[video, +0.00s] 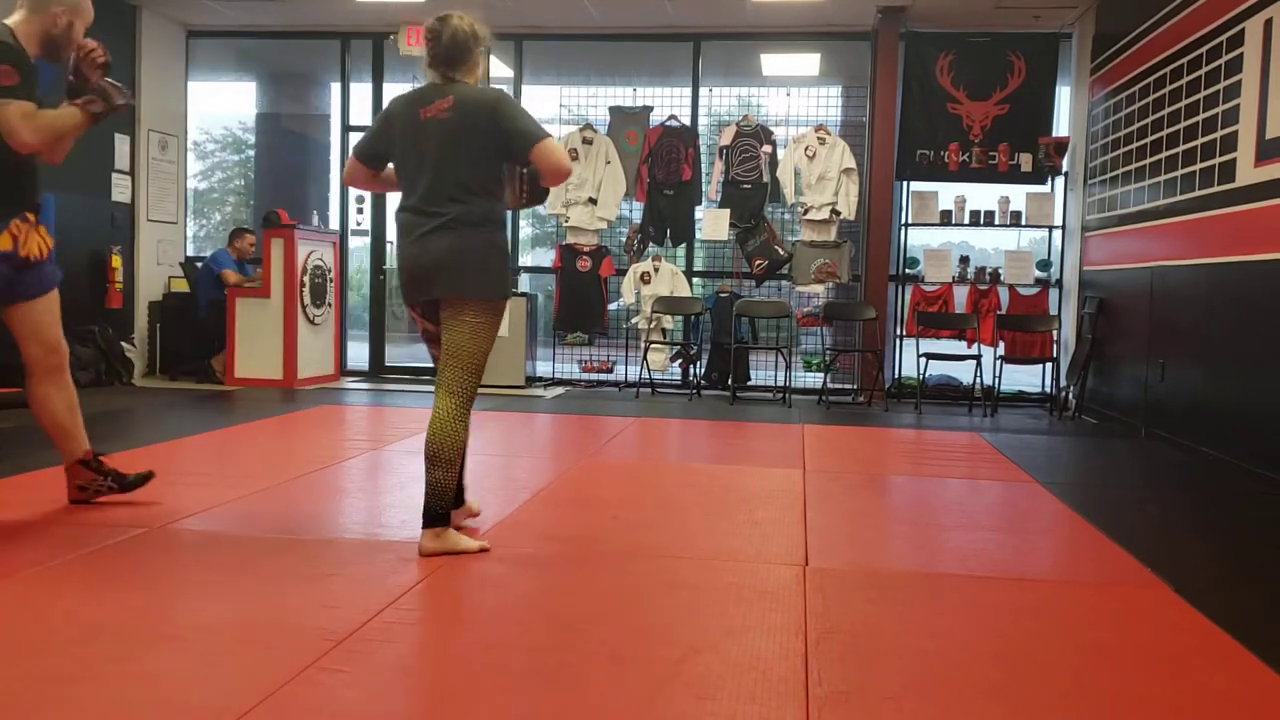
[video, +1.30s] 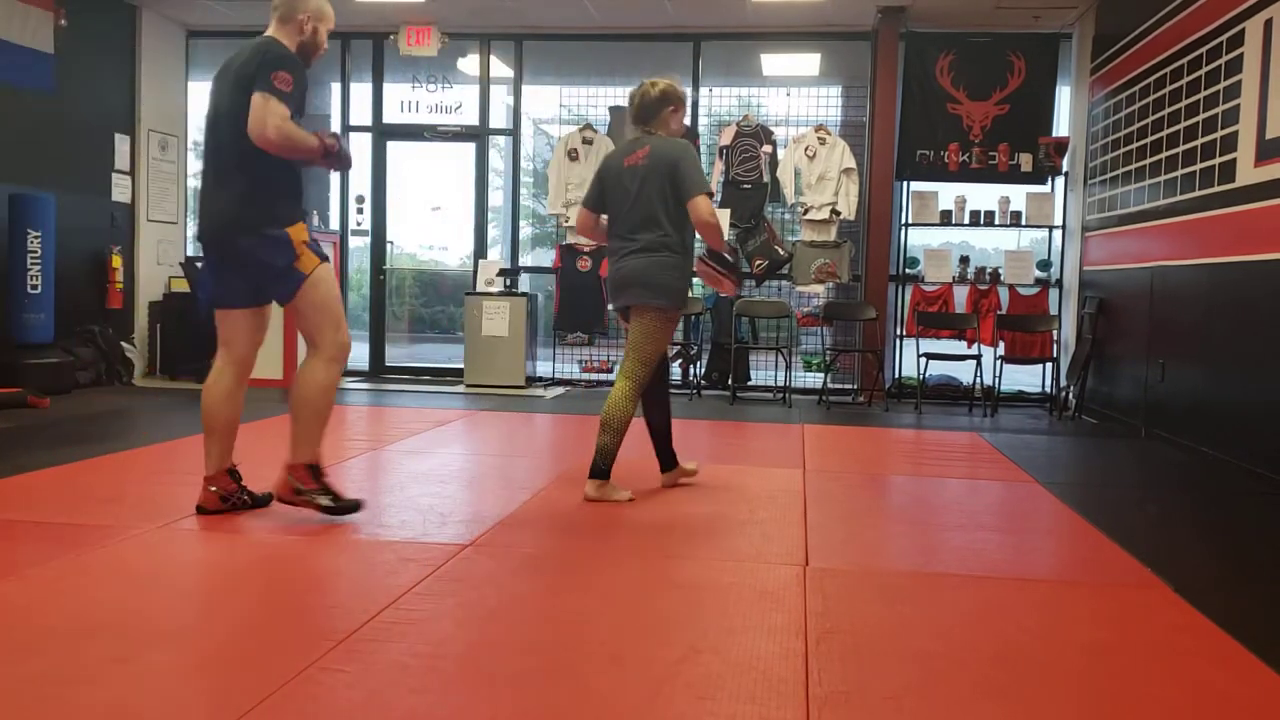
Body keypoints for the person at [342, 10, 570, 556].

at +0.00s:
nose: (485, 62)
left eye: (482, 55)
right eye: (485, 55)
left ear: (430, 58)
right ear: (479, 58)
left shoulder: (402, 108)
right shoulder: (495, 104)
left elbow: (357, 174)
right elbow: (557, 167)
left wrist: (412, 179)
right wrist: (522, 183)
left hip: (416, 260)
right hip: (477, 258)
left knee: (453, 385)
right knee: (453, 392)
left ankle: (453, 500)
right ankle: (435, 528)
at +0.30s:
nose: (509, 77)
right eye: (510, 71)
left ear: (462, 75)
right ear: (507, 75)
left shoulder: (437, 125)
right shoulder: (528, 116)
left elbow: (396, 189)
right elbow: (592, 170)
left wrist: (449, 195)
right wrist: (555, 193)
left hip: (457, 267)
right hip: (515, 265)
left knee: (479, 379)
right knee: (514, 385)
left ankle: (484, 498)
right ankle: (461, 489)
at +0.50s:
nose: (534, 83)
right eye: (533, 76)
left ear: (487, 79)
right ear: (531, 79)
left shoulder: (464, 127)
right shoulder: (549, 120)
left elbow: (423, 187)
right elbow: (609, 170)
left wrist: (474, 196)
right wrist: (575, 200)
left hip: (481, 268)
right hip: (541, 268)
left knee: (489, 378)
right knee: (564, 371)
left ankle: (483, 500)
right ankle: (543, 486)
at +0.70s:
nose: (569, 101)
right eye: (569, 95)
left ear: (525, 96)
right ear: (566, 97)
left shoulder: (500, 142)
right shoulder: (583, 137)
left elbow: (461, 201)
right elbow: (628, 192)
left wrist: (508, 209)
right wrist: (601, 217)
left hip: (512, 273)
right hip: (570, 276)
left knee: (506, 379)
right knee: (582, 383)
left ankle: (483, 497)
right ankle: (595, 480)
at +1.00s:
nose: (634, 110)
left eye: (633, 103)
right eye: (633, 103)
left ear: (588, 103)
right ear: (624, 104)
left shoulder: (562, 145)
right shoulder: (638, 141)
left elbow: (526, 209)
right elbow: (675, 205)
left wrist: (569, 216)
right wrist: (653, 211)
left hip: (574, 269)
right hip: (625, 269)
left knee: (578, 368)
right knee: (611, 379)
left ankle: (536, 451)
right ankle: (597, 483)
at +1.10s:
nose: (650, 112)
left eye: (650, 106)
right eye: (649, 106)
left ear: (604, 106)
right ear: (640, 106)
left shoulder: (577, 145)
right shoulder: (652, 142)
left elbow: (546, 213)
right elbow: (685, 206)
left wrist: (585, 218)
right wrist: (667, 211)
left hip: (586, 267)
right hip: (637, 266)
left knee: (609, 364)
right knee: (616, 377)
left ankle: (585, 459)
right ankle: (597, 482)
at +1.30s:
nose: (684, 122)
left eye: (684, 115)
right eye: (682, 115)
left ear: (639, 115)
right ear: (669, 113)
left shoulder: (615, 157)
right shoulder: (680, 150)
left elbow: (585, 223)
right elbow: (703, 217)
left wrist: (621, 237)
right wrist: (721, 248)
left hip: (621, 270)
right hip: (663, 269)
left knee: (655, 369)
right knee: (632, 377)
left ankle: (669, 466)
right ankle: (598, 480)